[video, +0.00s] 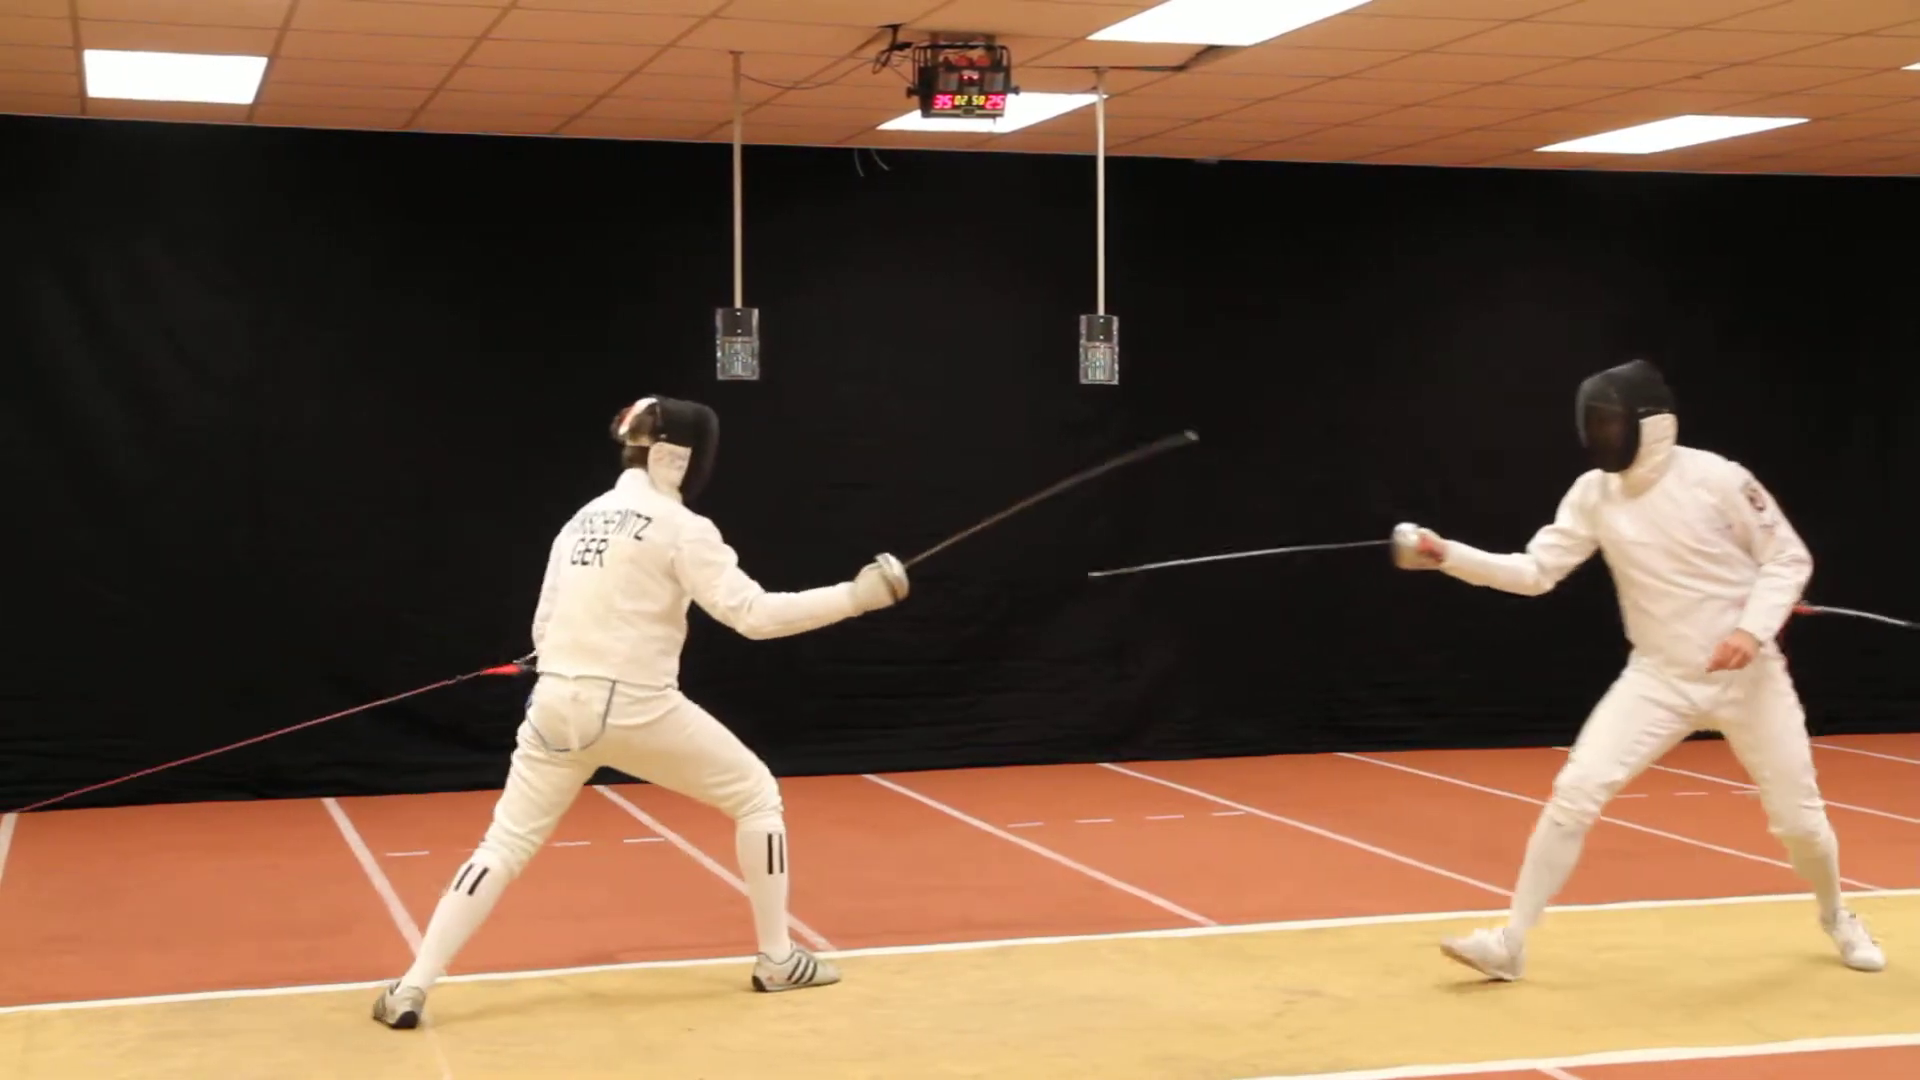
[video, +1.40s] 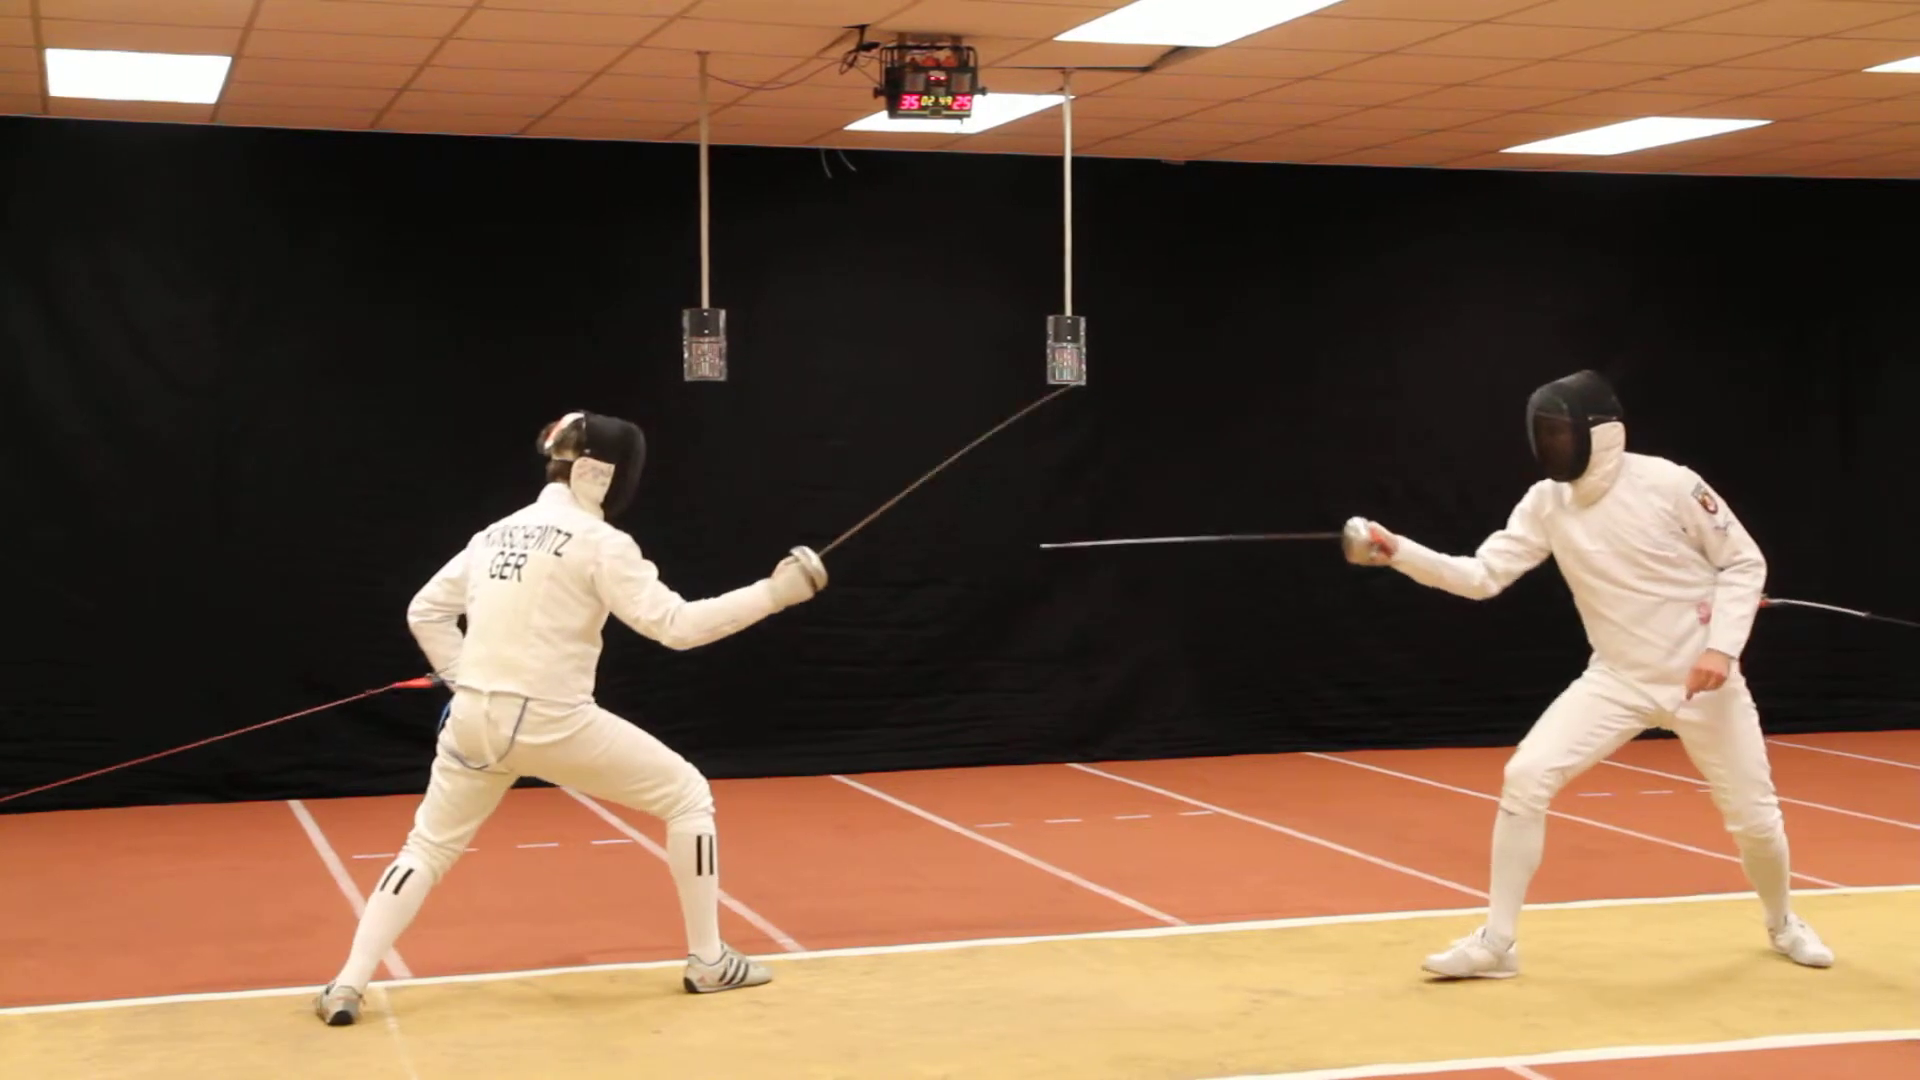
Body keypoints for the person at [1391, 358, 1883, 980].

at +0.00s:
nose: (1596, 436)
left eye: (1608, 422)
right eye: (1591, 423)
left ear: (1648, 423)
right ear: (1590, 429)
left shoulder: (1720, 481)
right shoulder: (1594, 496)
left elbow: (1789, 560)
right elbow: (1535, 572)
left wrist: (1751, 629)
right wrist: (1443, 554)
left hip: (1749, 678)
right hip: (1656, 680)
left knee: (1803, 826)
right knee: (1574, 793)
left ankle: (1836, 916)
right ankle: (1510, 939)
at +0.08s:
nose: (1617, 433)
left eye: (1630, 420)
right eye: (1614, 421)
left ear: (1675, 421)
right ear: (1618, 423)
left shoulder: (1743, 477)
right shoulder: (1619, 493)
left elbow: (1816, 555)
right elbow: (1559, 569)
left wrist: (1774, 626)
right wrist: (1468, 553)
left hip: (1772, 673)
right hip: (1682, 674)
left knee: (1811, 822)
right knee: (1596, 782)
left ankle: (1837, 921)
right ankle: (1553, 937)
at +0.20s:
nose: (1649, 428)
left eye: (1661, 415)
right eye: (1645, 416)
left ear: (1702, 415)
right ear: (1644, 419)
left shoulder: (1763, 475)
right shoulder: (1639, 490)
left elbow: (1838, 550)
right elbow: (1576, 564)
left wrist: (1799, 624)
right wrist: (1488, 546)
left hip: (1784, 674)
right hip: (1696, 672)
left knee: (1816, 823)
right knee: (1619, 782)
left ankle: (1838, 923)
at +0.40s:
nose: (1643, 427)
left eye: (1656, 414)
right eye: (1640, 415)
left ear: (1697, 415)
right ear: (1640, 417)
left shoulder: (1760, 476)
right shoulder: (1634, 488)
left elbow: (1828, 552)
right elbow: (1570, 562)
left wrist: (1797, 631)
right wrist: (1482, 539)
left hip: (1777, 672)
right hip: (1689, 668)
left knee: (1813, 821)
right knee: (1605, 767)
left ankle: (1833, 924)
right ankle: (1580, 924)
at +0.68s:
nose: (1575, 450)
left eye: (1587, 437)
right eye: (1571, 437)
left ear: (1631, 438)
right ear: (1573, 441)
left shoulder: (1695, 494)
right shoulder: (1569, 505)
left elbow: (1758, 577)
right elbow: (1494, 573)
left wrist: (1734, 659)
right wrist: (1401, 558)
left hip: (1718, 689)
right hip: (1625, 689)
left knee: (1791, 828)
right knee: (1532, 781)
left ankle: (1811, 922)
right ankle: (1509, 942)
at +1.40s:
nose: (1545, 447)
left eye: (1557, 433)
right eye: (1540, 434)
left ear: (1598, 432)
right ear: (1538, 439)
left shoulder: (1672, 487)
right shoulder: (1548, 504)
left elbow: (1743, 564)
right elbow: (1481, 576)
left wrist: (1720, 647)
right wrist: (1394, 550)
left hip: (1705, 679)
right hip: (1615, 681)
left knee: (1759, 824)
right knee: (1526, 778)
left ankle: (1783, 923)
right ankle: (1496, 941)